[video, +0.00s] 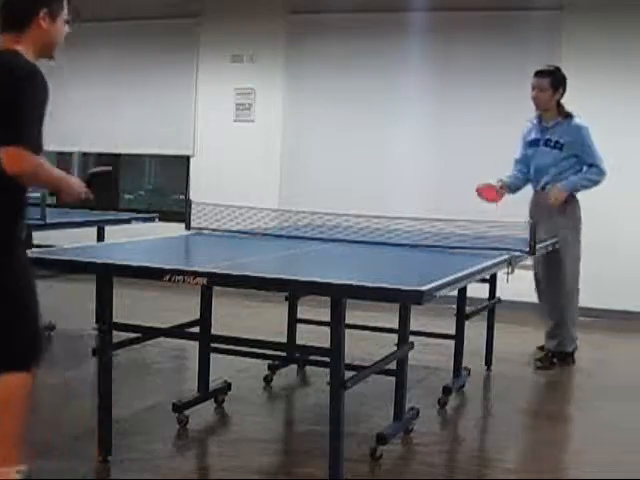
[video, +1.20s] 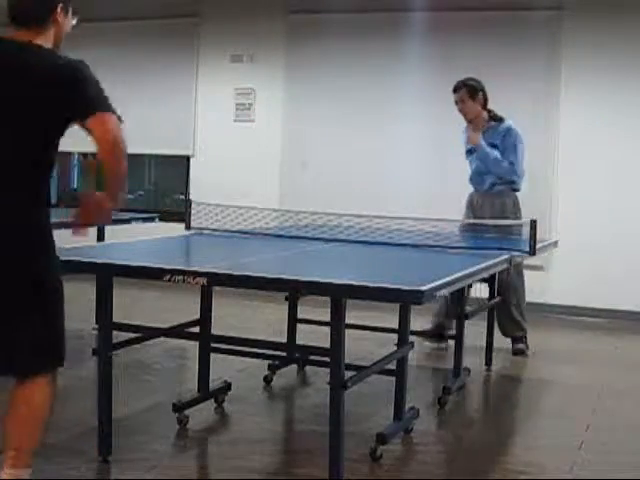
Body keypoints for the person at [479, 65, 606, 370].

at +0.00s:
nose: (534, 95)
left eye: (541, 90)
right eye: (533, 89)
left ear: (558, 93)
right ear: (532, 92)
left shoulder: (576, 131)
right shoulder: (532, 131)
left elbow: (597, 171)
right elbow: (523, 171)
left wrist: (566, 187)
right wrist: (504, 185)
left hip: (563, 207)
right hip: (539, 206)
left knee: (564, 274)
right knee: (544, 275)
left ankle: (564, 346)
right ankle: (556, 339)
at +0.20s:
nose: (523, 97)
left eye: (530, 91)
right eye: (521, 91)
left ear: (545, 95)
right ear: (519, 94)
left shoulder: (563, 132)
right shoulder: (517, 133)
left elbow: (583, 171)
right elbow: (508, 173)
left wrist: (559, 190)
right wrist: (491, 189)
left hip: (548, 207)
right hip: (523, 205)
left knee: (547, 278)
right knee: (515, 273)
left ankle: (560, 348)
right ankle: (512, 332)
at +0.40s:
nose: (504, 100)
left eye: (510, 94)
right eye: (501, 94)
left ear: (524, 98)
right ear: (498, 99)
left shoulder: (542, 134)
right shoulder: (496, 138)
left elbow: (559, 174)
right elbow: (489, 179)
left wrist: (530, 174)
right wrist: (472, 200)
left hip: (530, 214)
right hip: (502, 212)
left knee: (534, 281)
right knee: (486, 279)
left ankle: (557, 345)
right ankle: (481, 337)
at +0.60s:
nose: (490, 99)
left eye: (495, 94)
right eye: (486, 94)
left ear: (509, 96)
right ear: (483, 98)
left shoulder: (528, 129)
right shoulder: (484, 133)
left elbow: (531, 171)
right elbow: (480, 176)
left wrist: (503, 143)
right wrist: (467, 202)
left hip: (519, 201)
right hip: (492, 201)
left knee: (521, 271)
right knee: (482, 270)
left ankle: (535, 338)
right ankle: (481, 333)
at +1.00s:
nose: (476, 106)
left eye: (480, 99)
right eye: (473, 101)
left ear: (497, 96)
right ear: (474, 103)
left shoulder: (523, 128)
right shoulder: (481, 133)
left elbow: (518, 167)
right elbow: (484, 178)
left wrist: (495, 134)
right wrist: (474, 210)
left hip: (513, 198)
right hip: (487, 199)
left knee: (513, 269)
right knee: (480, 268)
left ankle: (518, 336)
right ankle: (480, 332)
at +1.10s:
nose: (471, 108)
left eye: (474, 101)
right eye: (467, 103)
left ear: (491, 97)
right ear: (468, 105)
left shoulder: (518, 130)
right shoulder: (478, 134)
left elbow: (514, 171)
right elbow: (482, 178)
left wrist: (489, 137)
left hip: (510, 198)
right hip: (484, 198)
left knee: (511, 270)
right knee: (473, 266)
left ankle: (518, 335)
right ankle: (468, 327)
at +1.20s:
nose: (459, 109)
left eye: (463, 102)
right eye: (457, 104)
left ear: (480, 100)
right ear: (463, 105)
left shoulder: (509, 133)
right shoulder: (471, 134)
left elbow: (514, 176)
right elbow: (478, 173)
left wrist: (480, 147)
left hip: (502, 199)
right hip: (477, 198)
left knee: (509, 269)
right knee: (461, 262)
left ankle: (517, 333)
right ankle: (443, 325)